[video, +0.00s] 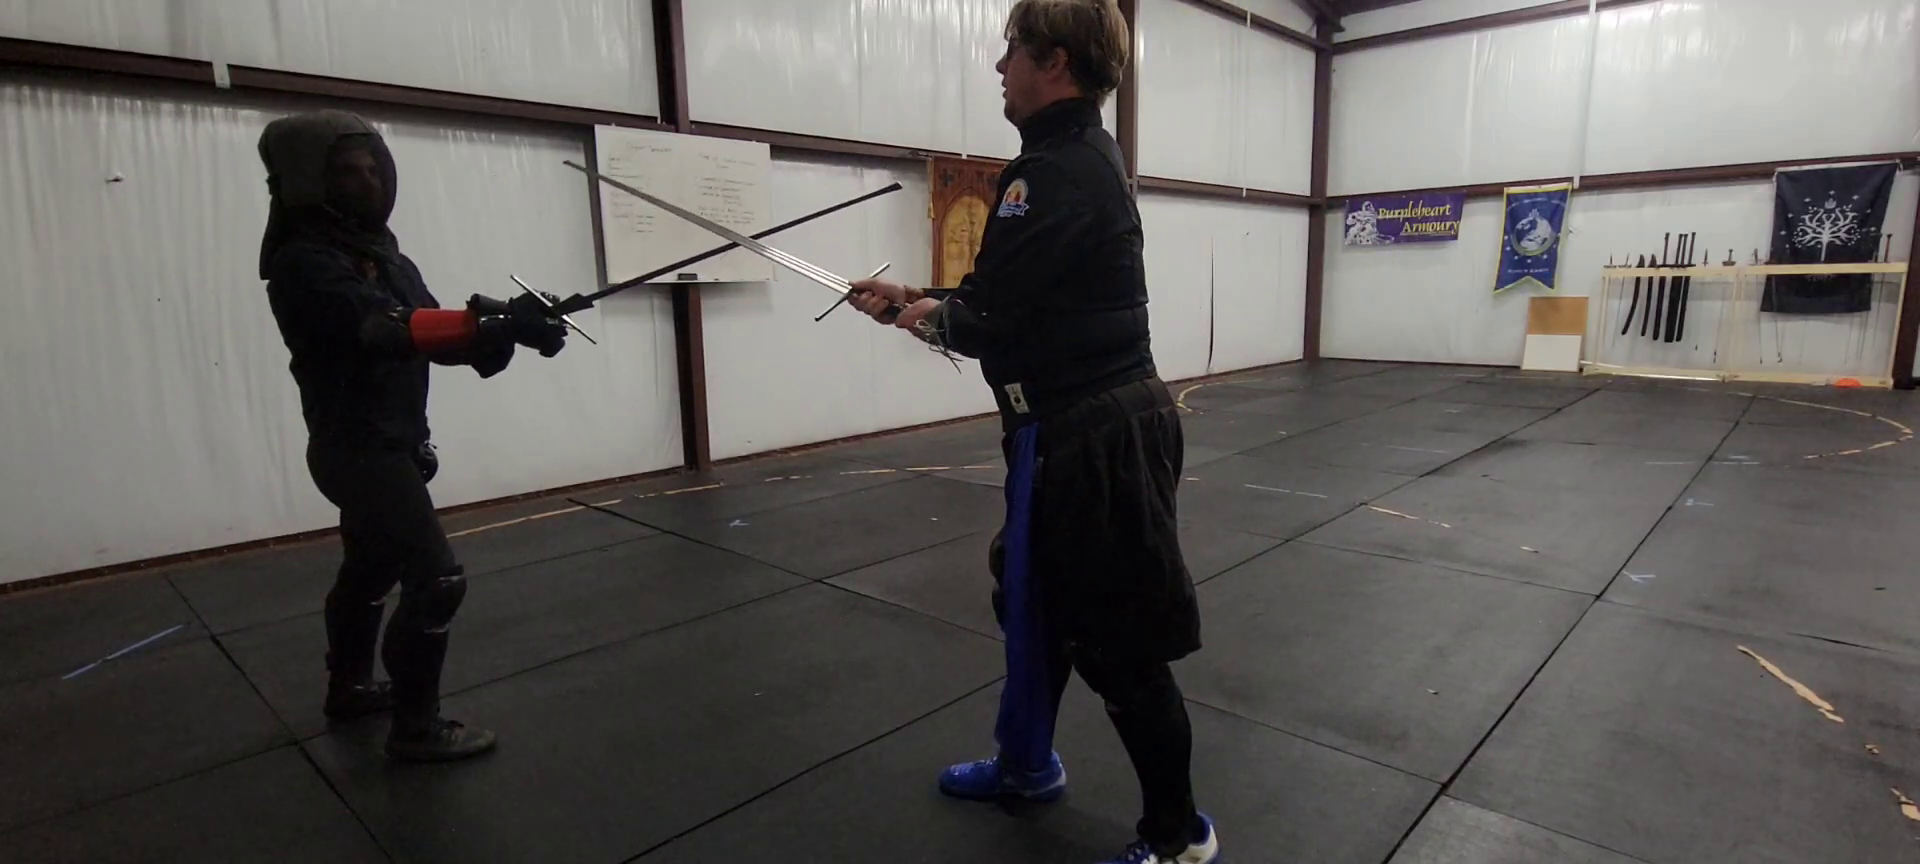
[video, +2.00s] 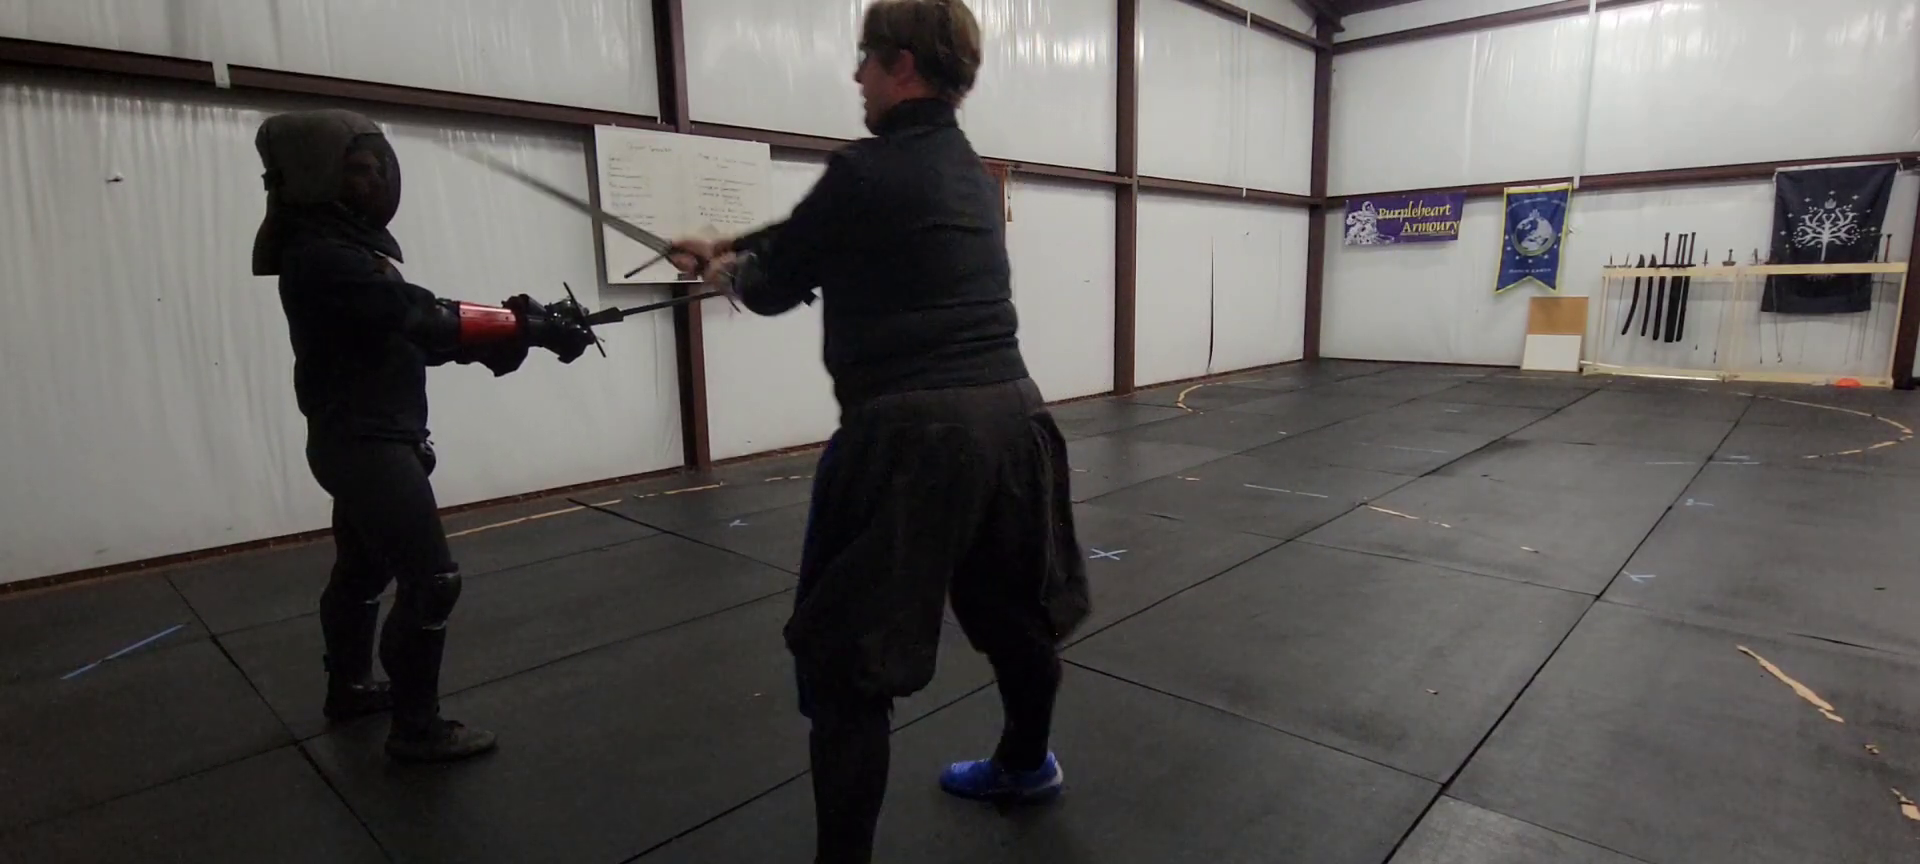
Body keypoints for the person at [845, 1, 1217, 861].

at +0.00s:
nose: (999, 67)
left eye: (1012, 54)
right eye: (1005, 53)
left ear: (1055, 67)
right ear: (1059, 69)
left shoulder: (1054, 174)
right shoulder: (1071, 159)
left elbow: (999, 323)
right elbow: (994, 294)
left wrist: (933, 319)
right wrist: (912, 301)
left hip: (1092, 429)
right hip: (1089, 417)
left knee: (1117, 632)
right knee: (1026, 593)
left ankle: (1175, 831)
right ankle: (1026, 763)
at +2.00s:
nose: (857, 75)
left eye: (867, 59)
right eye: (861, 59)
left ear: (905, 69)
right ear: (932, 75)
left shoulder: (863, 174)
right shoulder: (972, 169)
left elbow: (772, 283)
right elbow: (839, 238)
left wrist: (722, 267)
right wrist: (734, 249)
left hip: (901, 432)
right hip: (1009, 418)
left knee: (843, 648)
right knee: (1013, 602)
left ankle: (844, 847)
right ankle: (1027, 763)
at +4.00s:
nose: (974, 68)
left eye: (986, 54)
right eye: (979, 52)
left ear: (1024, 65)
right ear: (1044, 69)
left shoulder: (1010, 170)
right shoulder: (1072, 153)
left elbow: (956, 306)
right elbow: (1003, 291)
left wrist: (912, 356)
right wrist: (906, 331)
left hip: (1062, 423)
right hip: (1119, 402)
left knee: (1068, 634)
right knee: (1077, 603)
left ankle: (1157, 840)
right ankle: (1075, 785)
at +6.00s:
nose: (484, 125)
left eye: (484, 111)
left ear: (493, 119)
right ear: (598, 114)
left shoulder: (448, 233)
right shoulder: (666, 212)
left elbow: (450, 384)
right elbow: (727, 384)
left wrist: (521, 443)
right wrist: (739, 500)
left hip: (475, 497)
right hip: (636, 489)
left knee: (512, 746)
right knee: (615, 770)